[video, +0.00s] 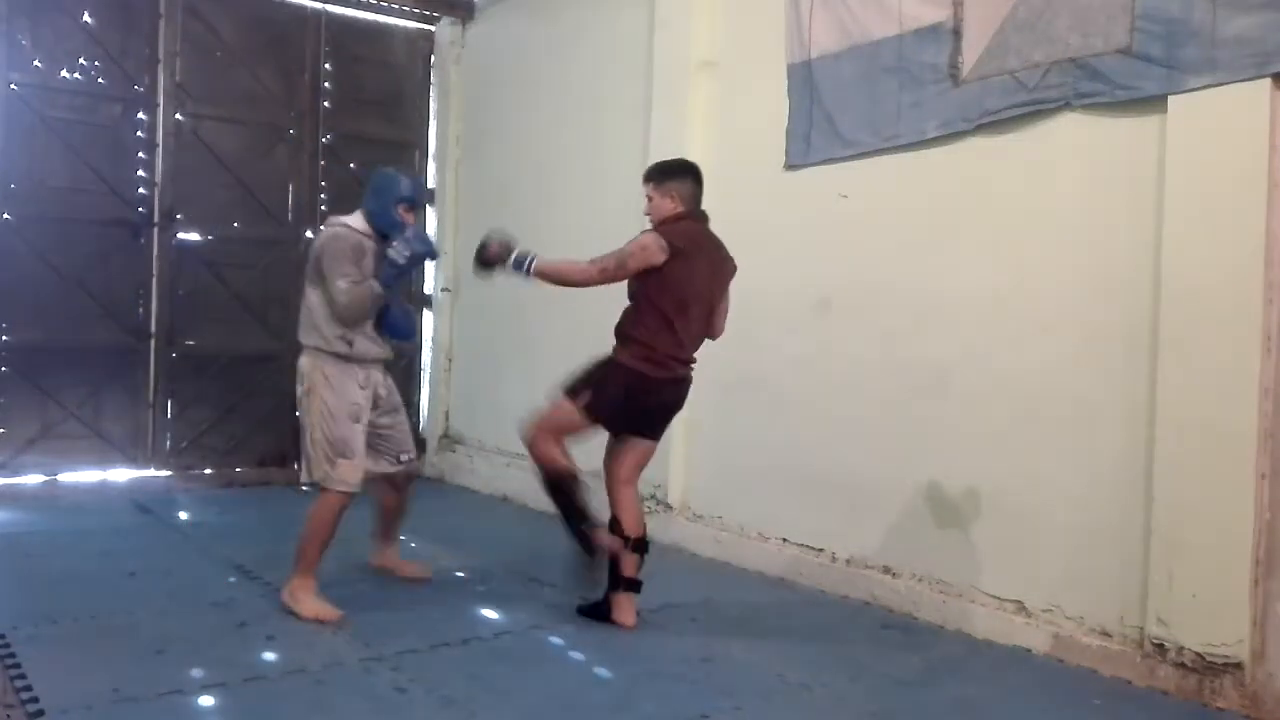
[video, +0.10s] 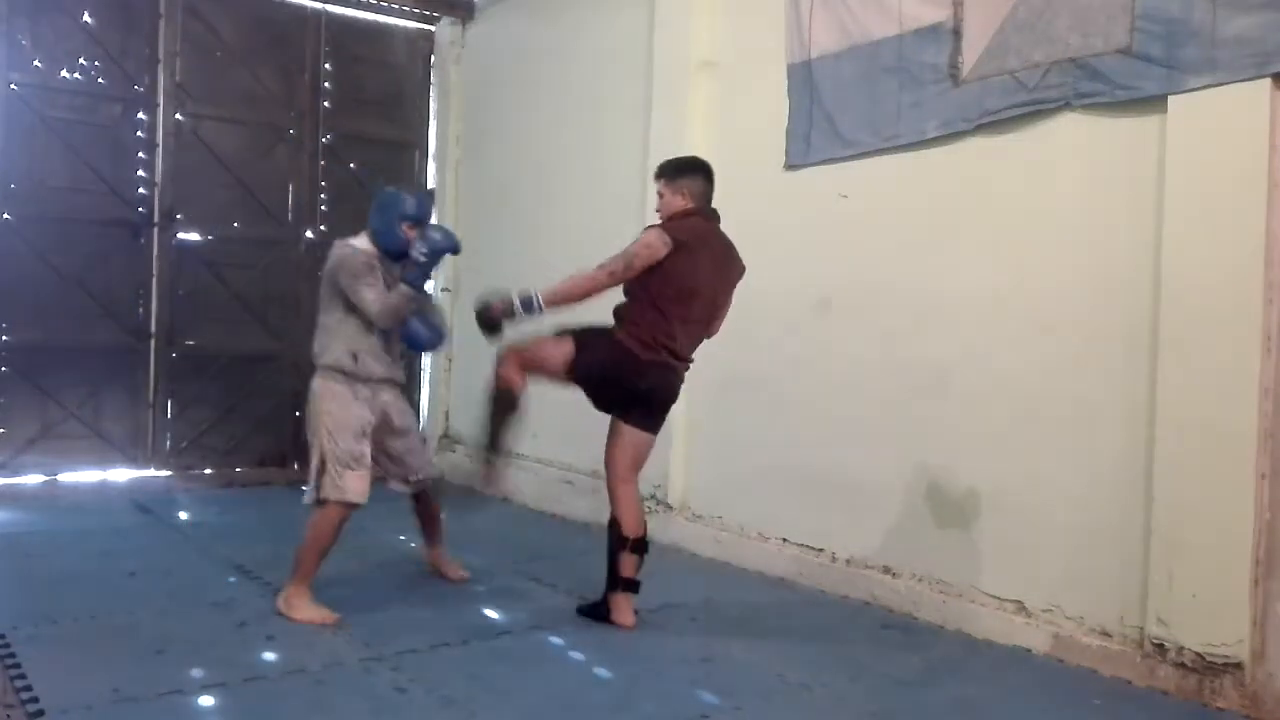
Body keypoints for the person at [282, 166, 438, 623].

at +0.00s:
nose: (409, 217)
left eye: (413, 209)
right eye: (404, 206)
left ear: (406, 211)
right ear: (379, 203)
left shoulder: (387, 246)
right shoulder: (341, 236)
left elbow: (381, 311)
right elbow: (347, 305)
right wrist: (392, 271)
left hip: (372, 368)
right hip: (331, 368)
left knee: (400, 467)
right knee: (342, 479)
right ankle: (300, 584)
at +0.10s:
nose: (417, 236)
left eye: (421, 228)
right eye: (412, 225)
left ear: (414, 231)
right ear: (386, 222)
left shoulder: (398, 268)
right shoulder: (349, 255)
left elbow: (430, 329)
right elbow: (382, 313)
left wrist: (420, 332)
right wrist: (419, 269)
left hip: (386, 390)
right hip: (340, 387)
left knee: (421, 478)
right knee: (344, 490)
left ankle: (436, 554)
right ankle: (296, 591)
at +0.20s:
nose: (430, 239)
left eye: (434, 230)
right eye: (423, 228)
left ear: (433, 231)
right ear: (400, 225)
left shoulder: (431, 269)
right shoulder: (364, 257)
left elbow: (450, 332)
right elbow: (382, 314)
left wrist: (434, 350)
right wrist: (444, 291)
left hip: (411, 379)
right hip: (362, 379)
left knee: (434, 471)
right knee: (342, 479)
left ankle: (435, 553)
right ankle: (303, 580)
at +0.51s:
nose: (449, 244)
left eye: (456, 237)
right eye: (443, 235)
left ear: (461, 242)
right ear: (424, 234)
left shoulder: (462, 286)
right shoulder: (388, 271)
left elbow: (466, 341)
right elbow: (368, 323)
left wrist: (445, 355)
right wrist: (411, 312)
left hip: (441, 391)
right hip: (389, 388)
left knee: (455, 472)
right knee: (380, 469)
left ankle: (456, 538)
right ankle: (389, 529)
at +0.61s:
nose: (448, 257)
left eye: (454, 250)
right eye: (440, 248)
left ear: (461, 255)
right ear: (423, 250)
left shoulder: (469, 299)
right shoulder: (397, 292)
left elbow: (482, 348)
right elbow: (384, 345)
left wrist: (463, 376)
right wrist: (419, 339)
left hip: (451, 407)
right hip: (408, 404)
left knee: (453, 483)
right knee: (385, 477)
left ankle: (455, 543)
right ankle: (392, 530)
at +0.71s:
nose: (461, 245)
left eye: (467, 238)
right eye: (453, 237)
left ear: (476, 242)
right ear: (438, 240)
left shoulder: (487, 281)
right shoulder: (415, 279)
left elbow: (508, 327)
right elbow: (398, 327)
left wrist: (490, 355)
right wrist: (428, 331)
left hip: (476, 390)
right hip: (432, 389)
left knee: (483, 463)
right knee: (410, 461)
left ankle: (480, 533)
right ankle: (400, 523)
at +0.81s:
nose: (484, 238)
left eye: (491, 230)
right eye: (477, 230)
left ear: (500, 234)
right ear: (464, 233)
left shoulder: (514, 273)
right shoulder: (445, 271)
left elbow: (540, 316)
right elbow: (423, 317)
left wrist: (526, 340)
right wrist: (450, 307)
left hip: (505, 381)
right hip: (458, 380)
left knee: (520, 458)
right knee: (432, 457)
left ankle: (526, 540)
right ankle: (442, 516)